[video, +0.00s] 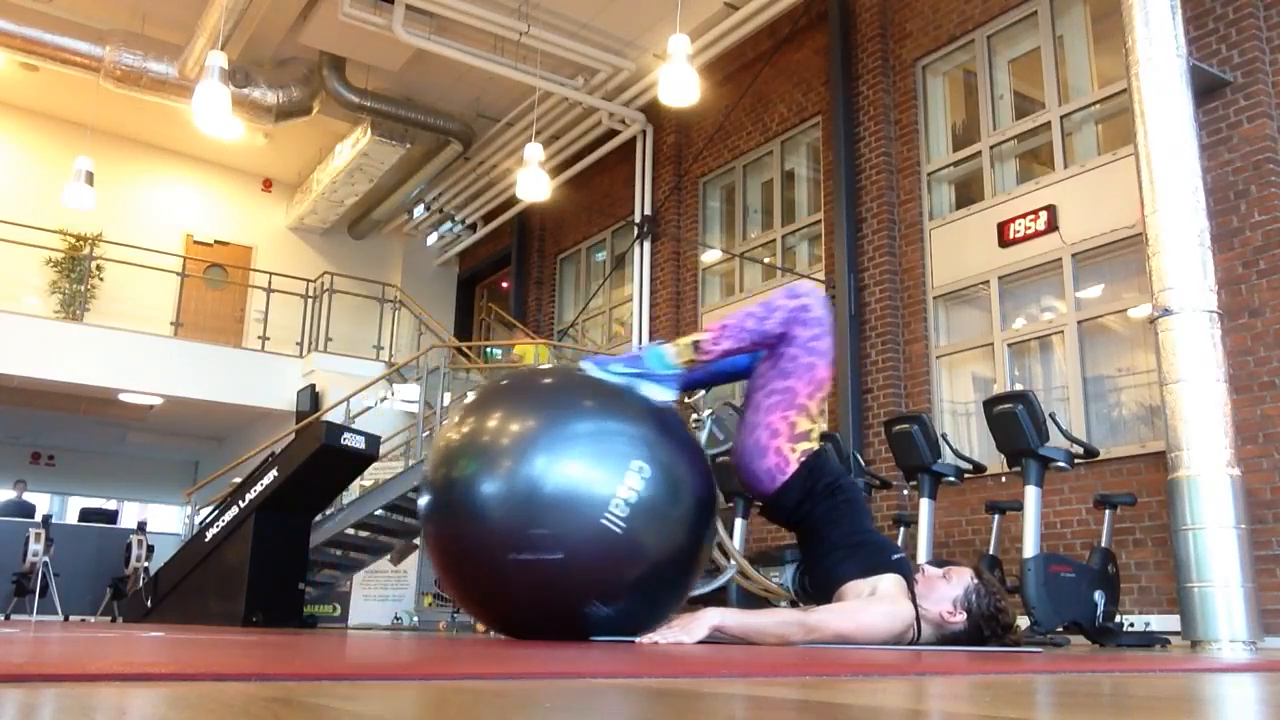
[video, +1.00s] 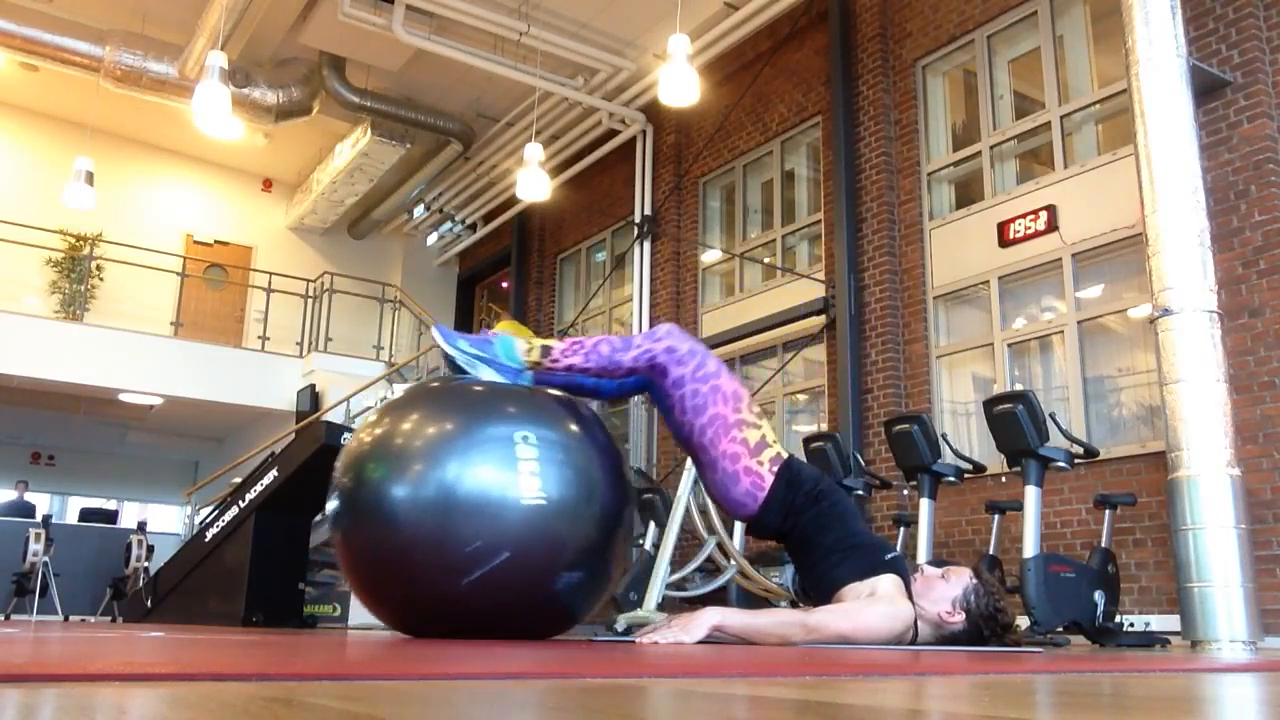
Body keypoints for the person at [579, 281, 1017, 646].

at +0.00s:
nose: (935, 566)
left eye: (947, 576)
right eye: (948, 569)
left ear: (948, 613)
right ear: (946, 614)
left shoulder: (893, 611)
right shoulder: (904, 606)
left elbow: (806, 626)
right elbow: (808, 625)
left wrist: (714, 619)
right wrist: (718, 624)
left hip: (778, 468)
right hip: (800, 466)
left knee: (805, 301)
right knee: (805, 315)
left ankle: (668, 363)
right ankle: (676, 372)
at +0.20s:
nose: (928, 568)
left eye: (942, 576)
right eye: (943, 567)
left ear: (949, 614)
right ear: (948, 613)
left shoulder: (895, 615)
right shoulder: (909, 608)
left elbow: (803, 627)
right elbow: (802, 625)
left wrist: (711, 621)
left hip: (791, 458)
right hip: (812, 465)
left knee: (861, 304)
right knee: (854, 319)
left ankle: (719, 367)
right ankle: (721, 372)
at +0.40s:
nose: (930, 569)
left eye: (943, 577)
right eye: (944, 568)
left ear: (948, 614)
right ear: (947, 613)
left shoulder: (894, 615)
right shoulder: (909, 609)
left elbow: (802, 628)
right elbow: (803, 625)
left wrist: (710, 621)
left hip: (790, 459)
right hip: (812, 465)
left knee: (852, 306)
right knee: (851, 308)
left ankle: (712, 369)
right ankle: (721, 370)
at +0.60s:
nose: (935, 564)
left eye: (947, 575)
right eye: (949, 567)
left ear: (948, 612)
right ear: (946, 612)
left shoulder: (893, 612)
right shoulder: (907, 606)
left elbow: (806, 627)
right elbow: (807, 623)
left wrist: (714, 619)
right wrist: (724, 623)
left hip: (774, 464)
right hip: (798, 462)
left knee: (790, 302)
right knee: (793, 303)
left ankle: (660, 366)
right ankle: (668, 369)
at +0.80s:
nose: (943, 567)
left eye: (952, 578)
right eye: (958, 570)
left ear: (946, 613)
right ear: (948, 602)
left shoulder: (889, 614)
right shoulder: (896, 598)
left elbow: (795, 629)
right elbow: (798, 627)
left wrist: (709, 620)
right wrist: (714, 622)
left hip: (766, 479)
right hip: (784, 472)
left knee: (719, 319)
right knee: (724, 327)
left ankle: (578, 363)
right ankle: (590, 373)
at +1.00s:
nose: (938, 569)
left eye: (949, 581)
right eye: (951, 571)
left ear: (945, 616)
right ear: (945, 606)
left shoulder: (891, 610)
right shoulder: (893, 594)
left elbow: (804, 627)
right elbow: (804, 621)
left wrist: (709, 619)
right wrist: (716, 621)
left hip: (753, 480)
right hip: (771, 468)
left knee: (667, 342)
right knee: (673, 345)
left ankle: (520, 362)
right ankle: (537, 365)